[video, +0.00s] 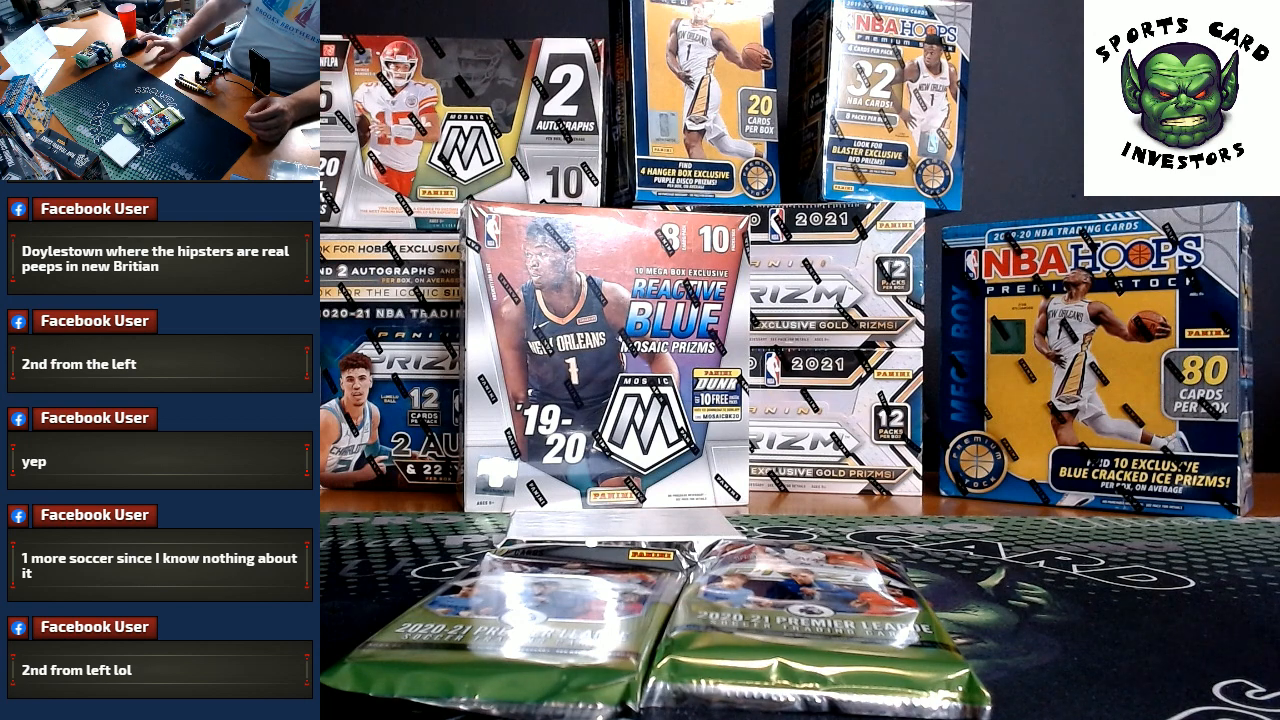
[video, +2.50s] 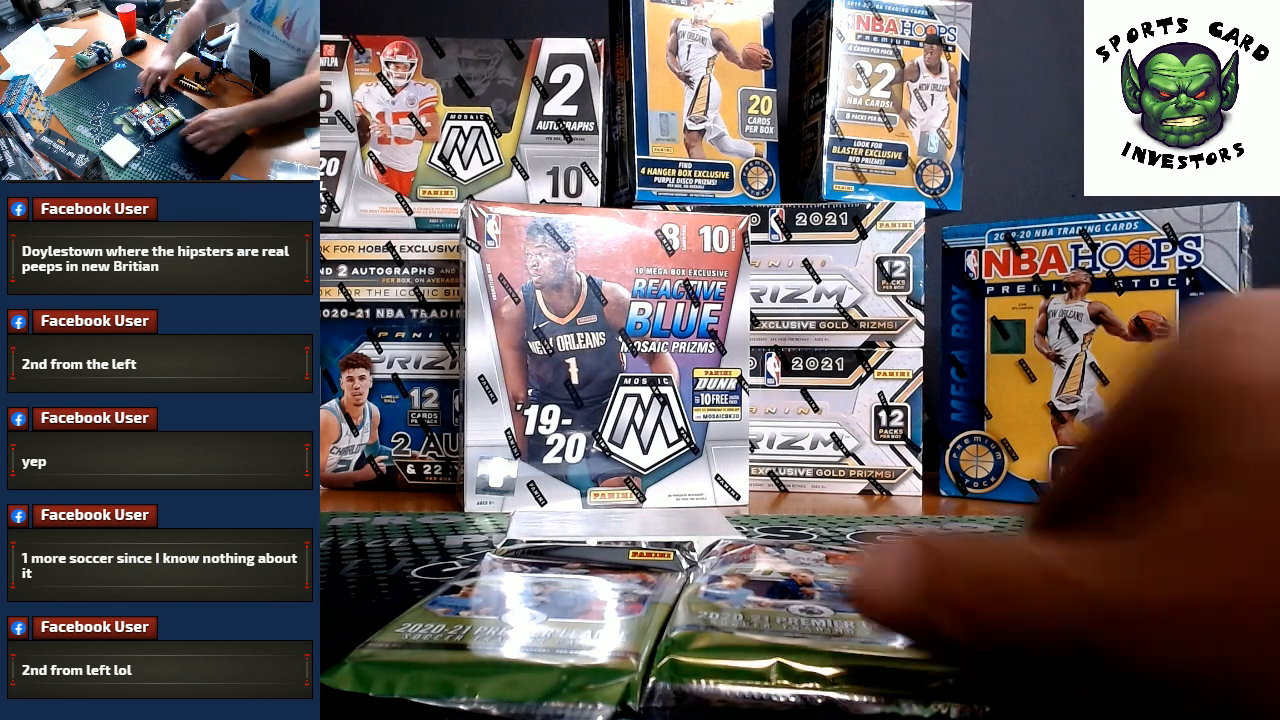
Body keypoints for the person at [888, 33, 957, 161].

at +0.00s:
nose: (928, 52)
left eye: (933, 49)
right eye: (926, 48)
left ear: (941, 52)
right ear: (923, 49)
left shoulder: (949, 71)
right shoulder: (913, 69)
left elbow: (955, 93)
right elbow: (886, 83)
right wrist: (900, 111)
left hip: (940, 117)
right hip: (918, 119)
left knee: (940, 154)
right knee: (923, 155)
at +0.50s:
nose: (928, 52)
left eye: (933, 49)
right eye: (926, 48)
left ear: (941, 52)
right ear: (923, 49)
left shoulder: (949, 71)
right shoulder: (913, 69)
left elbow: (955, 93)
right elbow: (886, 83)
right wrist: (900, 111)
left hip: (940, 117)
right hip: (918, 119)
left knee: (939, 155)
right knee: (923, 155)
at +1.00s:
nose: (929, 52)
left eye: (933, 49)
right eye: (926, 48)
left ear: (941, 52)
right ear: (923, 49)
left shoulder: (949, 70)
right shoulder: (913, 69)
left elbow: (955, 92)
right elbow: (886, 83)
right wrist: (900, 111)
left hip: (940, 117)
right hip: (918, 118)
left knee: (940, 154)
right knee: (922, 155)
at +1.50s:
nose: (928, 52)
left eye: (933, 49)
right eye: (926, 48)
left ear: (941, 52)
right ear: (923, 49)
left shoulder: (950, 71)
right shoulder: (913, 69)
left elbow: (955, 94)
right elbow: (886, 83)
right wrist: (900, 111)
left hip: (940, 116)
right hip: (918, 117)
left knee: (939, 153)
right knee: (923, 154)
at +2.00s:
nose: (928, 52)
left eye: (933, 49)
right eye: (926, 47)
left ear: (941, 51)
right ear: (923, 49)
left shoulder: (950, 70)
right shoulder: (913, 69)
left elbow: (955, 93)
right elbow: (886, 83)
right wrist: (900, 111)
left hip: (940, 116)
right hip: (918, 118)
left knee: (940, 153)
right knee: (923, 154)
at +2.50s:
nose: (928, 53)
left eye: (933, 50)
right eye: (926, 48)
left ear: (941, 52)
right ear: (923, 49)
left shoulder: (949, 70)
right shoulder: (913, 69)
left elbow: (955, 93)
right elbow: (886, 83)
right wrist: (900, 111)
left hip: (940, 117)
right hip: (918, 119)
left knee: (940, 155)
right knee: (923, 155)